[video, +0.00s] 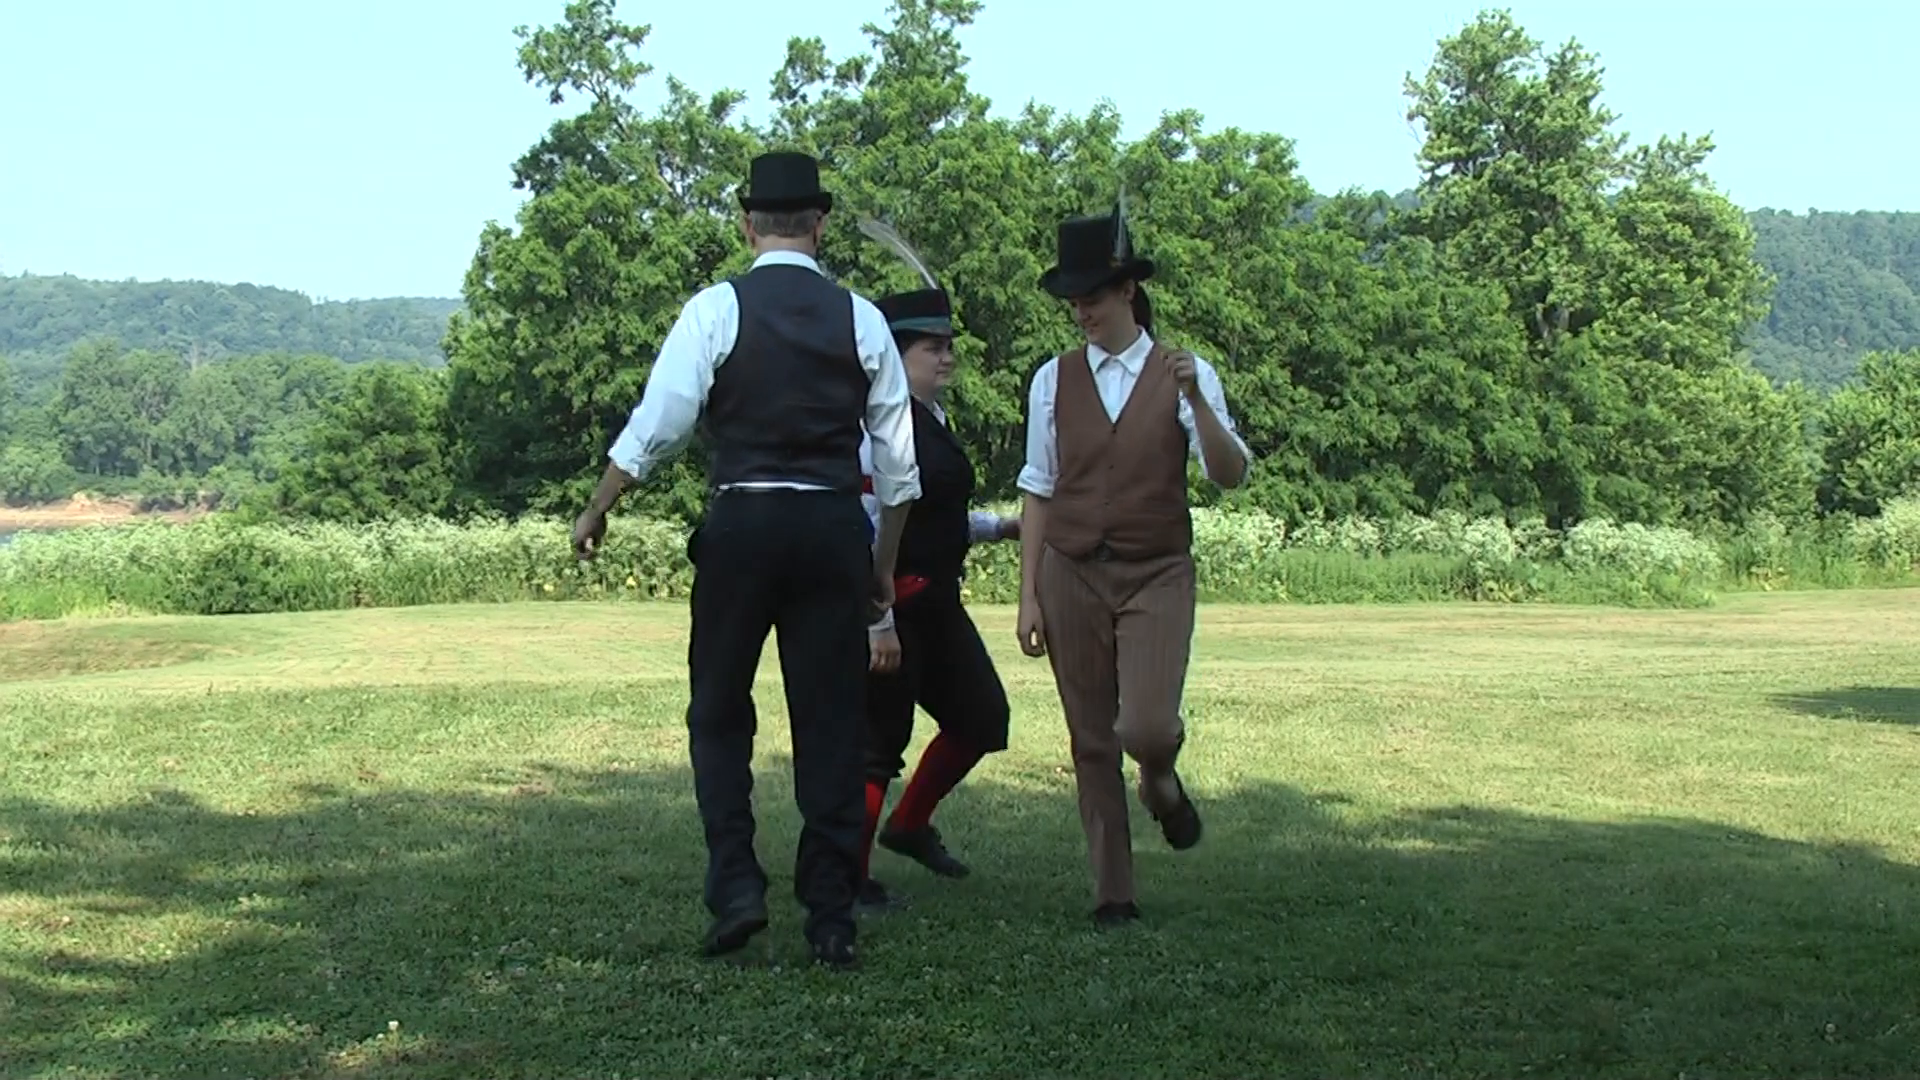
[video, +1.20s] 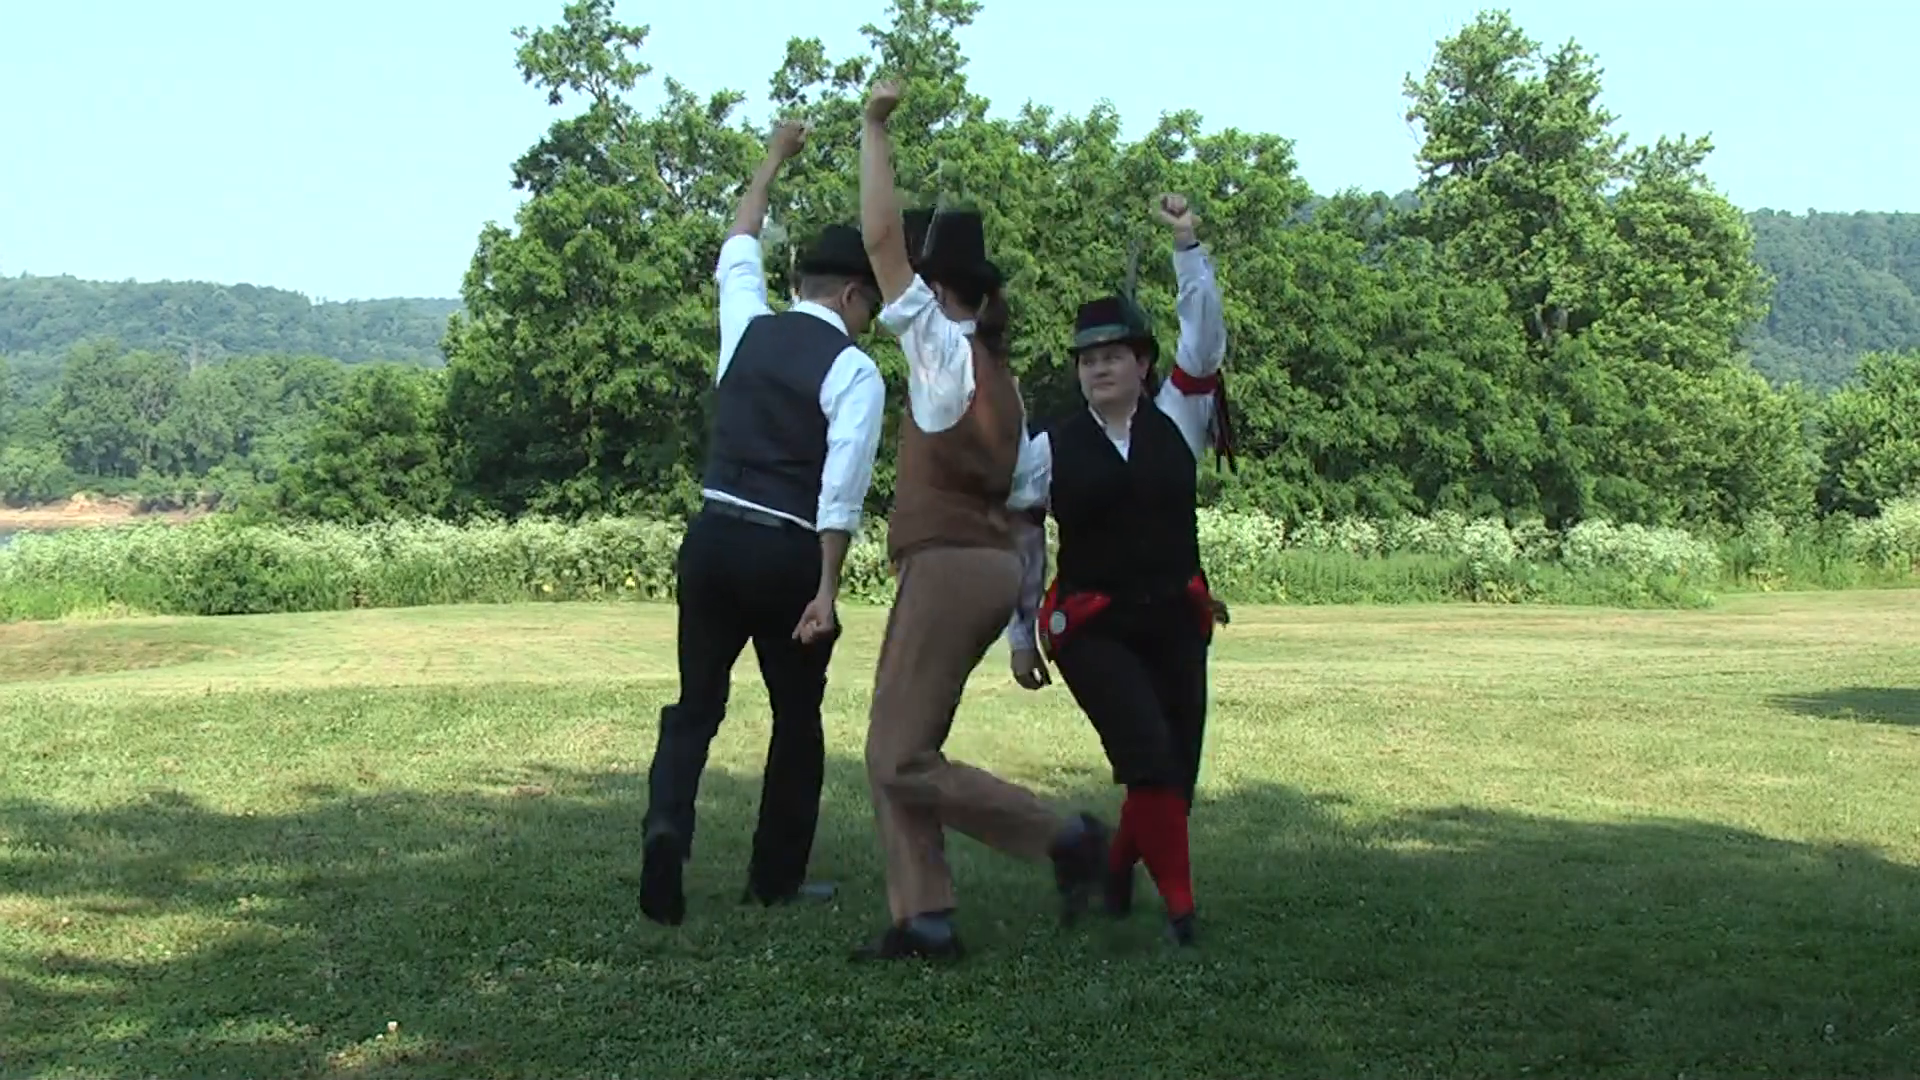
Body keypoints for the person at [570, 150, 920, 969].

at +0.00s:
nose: (765, 230)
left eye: (753, 220)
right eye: (807, 220)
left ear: (748, 224)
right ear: (823, 225)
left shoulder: (714, 308)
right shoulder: (863, 318)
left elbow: (664, 415)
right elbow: (895, 457)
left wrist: (598, 507)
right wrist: (885, 562)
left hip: (740, 527)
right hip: (836, 533)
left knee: (718, 711)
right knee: (830, 720)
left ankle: (736, 899)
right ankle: (831, 920)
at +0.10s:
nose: (747, 228)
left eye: (743, 218)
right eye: (809, 219)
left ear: (740, 222)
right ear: (813, 224)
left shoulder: (712, 299)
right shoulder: (854, 314)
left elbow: (636, 389)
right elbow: (896, 449)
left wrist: (551, 424)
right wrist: (880, 550)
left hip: (737, 520)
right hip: (830, 526)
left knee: (705, 689)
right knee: (830, 714)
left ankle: (722, 866)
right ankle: (834, 918)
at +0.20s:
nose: (787, 231)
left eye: (741, 222)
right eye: (796, 221)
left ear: (728, 226)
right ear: (799, 226)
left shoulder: (699, 301)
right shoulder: (840, 314)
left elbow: (591, 348)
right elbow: (883, 442)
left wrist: (529, 338)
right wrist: (871, 547)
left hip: (724, 521)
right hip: (815, 526)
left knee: (695, 694)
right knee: (819, 719)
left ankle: (707, 872)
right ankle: (832, 920)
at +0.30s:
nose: (750, 247)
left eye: (722, 237)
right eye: (770, 237)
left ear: (707, 242)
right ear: (777, 243)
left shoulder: (671, 315)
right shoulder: (819, 325)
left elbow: (549, 309)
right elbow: (867, 450)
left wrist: (522, 257)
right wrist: (869, 561)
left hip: (708, 533)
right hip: (800, 538)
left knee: (706, 714)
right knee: (792, 722)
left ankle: (694, 916)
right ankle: (828, 907)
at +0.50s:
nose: (761, 244)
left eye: (752, 234)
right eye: (761, 234)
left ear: (689, 241)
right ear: (751, 239)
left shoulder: (651, 308)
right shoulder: (789, 321)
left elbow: (599, 232)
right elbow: (836, 433)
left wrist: (579, 152)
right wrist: (852, 536)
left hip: (684, 529)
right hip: (775, 528)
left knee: (692, 722)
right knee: (773, 628)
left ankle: (697, 917)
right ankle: (771, 784)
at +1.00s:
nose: (819, 316)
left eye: (818, 303)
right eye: (819, 302)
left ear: (753, 285)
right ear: (802, 297)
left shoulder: (694, 328)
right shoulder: (811, 361)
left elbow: (676, 250)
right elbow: (830, 473)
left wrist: (710, 164)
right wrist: (816, 570)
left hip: (665, 541)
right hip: (745, 548)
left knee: (681, 724)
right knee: (809, 631)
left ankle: (672, 897)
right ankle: (758, 797)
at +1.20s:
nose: (871, 310)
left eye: (871, 297)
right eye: (871, 298)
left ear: (802, 283)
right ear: (854, 294)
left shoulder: (748, 324)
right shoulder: (855, 370)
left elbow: (740, 241)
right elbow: (840, 488)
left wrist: (771, 162)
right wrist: (828, 587)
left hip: (714, 539)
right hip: (792, 555)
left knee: (695, 703)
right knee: (797, 723)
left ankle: (666, 829)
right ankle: (777, 878)